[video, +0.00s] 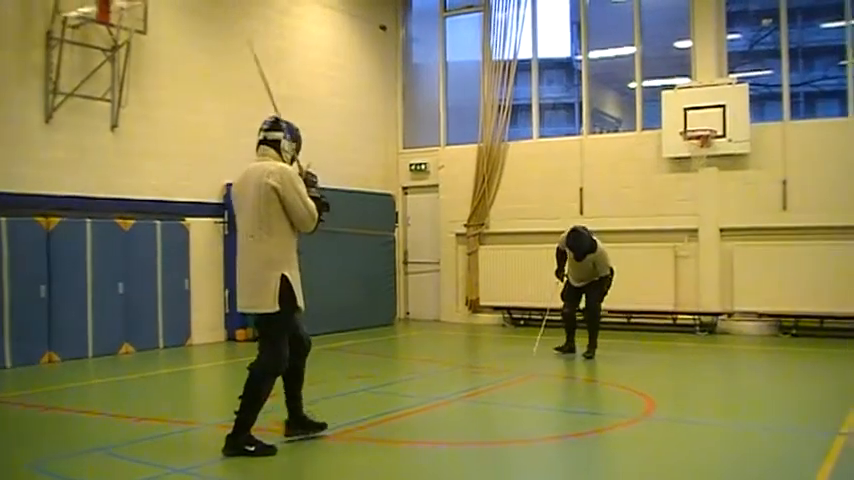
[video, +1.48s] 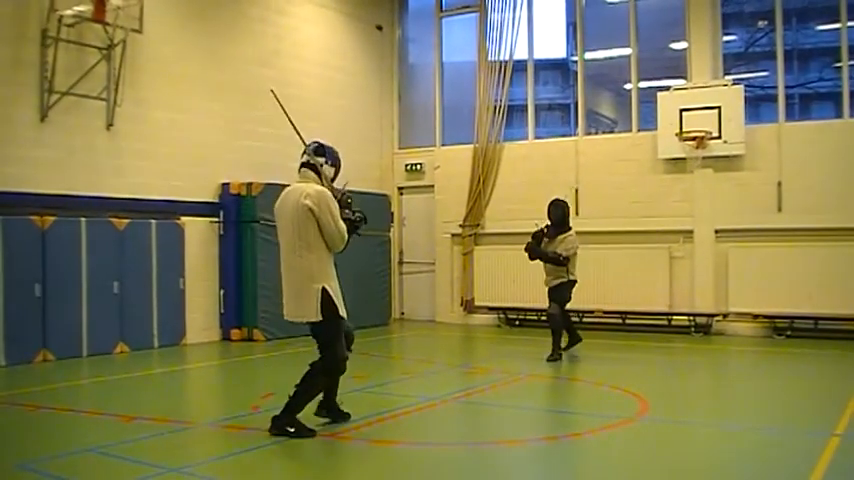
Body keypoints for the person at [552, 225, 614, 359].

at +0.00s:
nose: (577, 256)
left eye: (580, 253)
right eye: (575, 253)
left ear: (588, 248)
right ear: (570, 245)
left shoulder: (599, 252)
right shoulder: (566, 239)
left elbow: (606, 275)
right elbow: (560, 250)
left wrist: (601, 296)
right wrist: (560, 268)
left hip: (594, 281)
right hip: (573, 280)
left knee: (592, 311)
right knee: (567, 311)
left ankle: (592, 347)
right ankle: (570, 343)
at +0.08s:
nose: (567, 250)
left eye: (570, 248)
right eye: (565, 246)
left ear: (579, 243)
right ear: (561, 241)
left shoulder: (589, 249)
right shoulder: (558, 240)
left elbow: (597, 273)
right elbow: (553, 251)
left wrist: (590, 296)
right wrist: (552, 268)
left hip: (584, 281)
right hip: (564, 281)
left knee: (583, 311)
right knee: (556, 311)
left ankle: (581, 347)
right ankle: (561, 342)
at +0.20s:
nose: (551, 236)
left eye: (554, 233)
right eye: (550, 232)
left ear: (562, 230)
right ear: (548, 230)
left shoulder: (574, 242)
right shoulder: (546, 234)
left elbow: (584, 267)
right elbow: (540, 249)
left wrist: (575, 288)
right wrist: (539, 269)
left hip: (568, 280)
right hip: (549, 279)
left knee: (565, 312)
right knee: (542, 310)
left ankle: (565, 346)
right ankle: (550, 337)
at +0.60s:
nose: (563, 216)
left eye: (566, 213)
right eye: (562, 213)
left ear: (573, 215)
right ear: (561, 214)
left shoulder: (581, 236)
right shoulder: (558, 231)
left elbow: (592, 259)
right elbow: (551, 250)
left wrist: (579, 279)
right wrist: (543, 267)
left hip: (571, 281)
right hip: (557, 280)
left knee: (570, 313)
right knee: (561, 313)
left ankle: (574, 347)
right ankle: (568, 341)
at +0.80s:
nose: (572, 215)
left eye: (575, 211)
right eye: (570, 211)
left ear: (581, 212)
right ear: (568, 212)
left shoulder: (587, 233)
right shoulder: (565, 230)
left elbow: (595, 256)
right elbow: (555, 245)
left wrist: (574, 261)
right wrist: (545, 251)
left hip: (577, 279)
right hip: (564, 279)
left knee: (577, 312)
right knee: (570, 312)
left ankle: (581, 345)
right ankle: (576, 341)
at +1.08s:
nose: (569, 215)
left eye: (572, 211)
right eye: (566, 211)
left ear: (578, 212)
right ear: (563, 212)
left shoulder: (583, 233)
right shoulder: (556, 230)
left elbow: (581, 254)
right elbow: (543, 251)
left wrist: (554, 249)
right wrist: (545, 237)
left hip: (574, 274)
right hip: (560, 275)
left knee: (568, 305)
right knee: (567, 308)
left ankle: (569, 341)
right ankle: (578, 340)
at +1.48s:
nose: (552, 219)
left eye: (555, 216)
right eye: (550, 215)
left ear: (564, 216)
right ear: (548, 216)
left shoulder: (570, 238)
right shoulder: (547, 233)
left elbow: (561, 259)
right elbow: (532, 255)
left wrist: (538, 252)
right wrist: (535, 241)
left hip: (565, 280)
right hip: (552, 281)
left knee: (553, 311)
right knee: (559, 311)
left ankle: (556, 349)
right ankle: (573, 334)